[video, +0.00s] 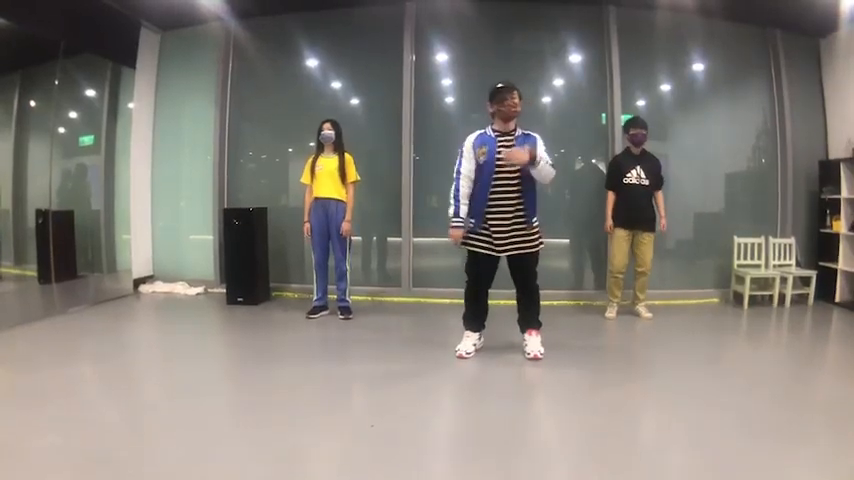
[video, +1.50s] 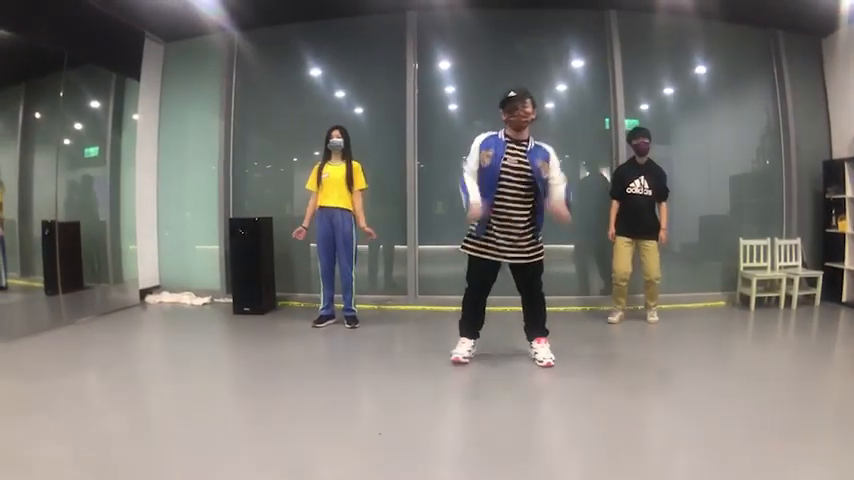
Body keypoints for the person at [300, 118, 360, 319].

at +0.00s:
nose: (326, 133)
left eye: (330, 130)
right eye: (323, 130)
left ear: (337, 134)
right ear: (319, 135)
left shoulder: (345, 158)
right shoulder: (313, 160)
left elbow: (350, 190)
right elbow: (309, 191)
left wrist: (348, 219)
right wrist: (306, 219)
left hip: (338, 204)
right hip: (318, 204)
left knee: (340, 257)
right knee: (319, 257)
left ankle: (343, 302)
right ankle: (320, 301)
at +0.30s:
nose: (330, 137)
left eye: (334, 133)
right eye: (326, 134)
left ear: (340, 138)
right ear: (321, 138)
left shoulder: (348, 163)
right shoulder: (315, 164)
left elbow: (352, 194)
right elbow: (310, 194)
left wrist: (351, 223)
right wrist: (307, 222)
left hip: (340, 207)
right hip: (319, 207)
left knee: (342, 260)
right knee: (320, 260)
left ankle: (345, 305)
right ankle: (322, 304)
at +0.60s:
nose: (330, 137)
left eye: (334, 133)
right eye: (326, 134)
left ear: (340, 138)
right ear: (321, 138)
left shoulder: (347, 163)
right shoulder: (315, 164)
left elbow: (352, 194)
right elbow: (310, 194)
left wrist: (351, 224)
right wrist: (308, 222)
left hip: (339, 208)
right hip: (319, 207)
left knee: (343, 261)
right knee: (320, 260)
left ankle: (346, 306)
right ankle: (322, 305)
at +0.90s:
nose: (331, 139)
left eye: (335, 136)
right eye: (327, 136)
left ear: (341, 140)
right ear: (322, 140)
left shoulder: (348, 164)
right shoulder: (316, 166)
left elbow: (353, 196)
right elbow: (312, 197)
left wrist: (351, 225)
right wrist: (309, 225)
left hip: (341, 210)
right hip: (320, 210)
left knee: (344, 262)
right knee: (323, 262)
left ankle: (347, 308)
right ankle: (324, 307)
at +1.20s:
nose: (332, 139)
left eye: (336, 136)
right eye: (329, 137)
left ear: (342, 140)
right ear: (324, 141)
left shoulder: (350, 165)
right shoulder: (318, 167)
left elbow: (354, 197)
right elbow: (314, 198)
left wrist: (352, 226)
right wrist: (311, 226)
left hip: (342, 212)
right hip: (321, 212)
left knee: (344, 264)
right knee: (323, 264)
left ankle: (348, 310)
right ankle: (325, 309)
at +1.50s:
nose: (336, 140)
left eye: (340, 137)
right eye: (332, 137)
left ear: (346, 141)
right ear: (327, 142)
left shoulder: (353, 166)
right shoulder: (320, 167)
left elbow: (357, 196)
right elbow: (313, 198)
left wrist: (362, 224)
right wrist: (305, 225)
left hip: (344, 214)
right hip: (323, 214)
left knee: (346, 265)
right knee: (325, 265)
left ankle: (349, 312)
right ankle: (326, 311)